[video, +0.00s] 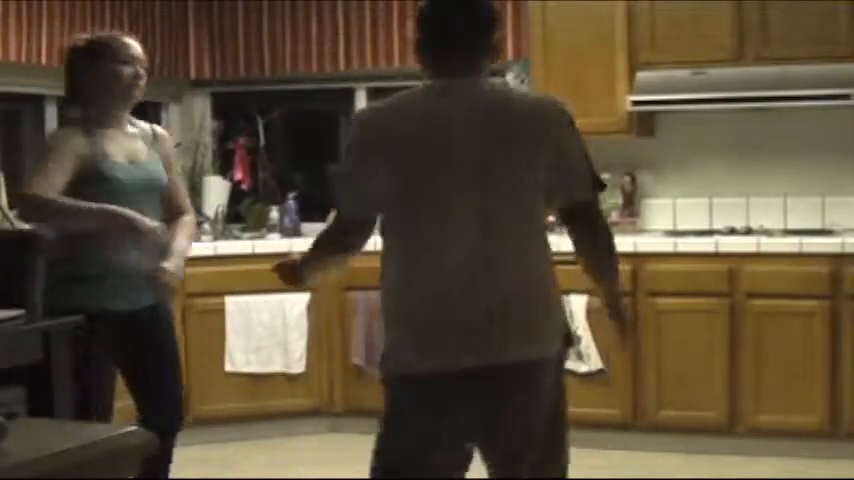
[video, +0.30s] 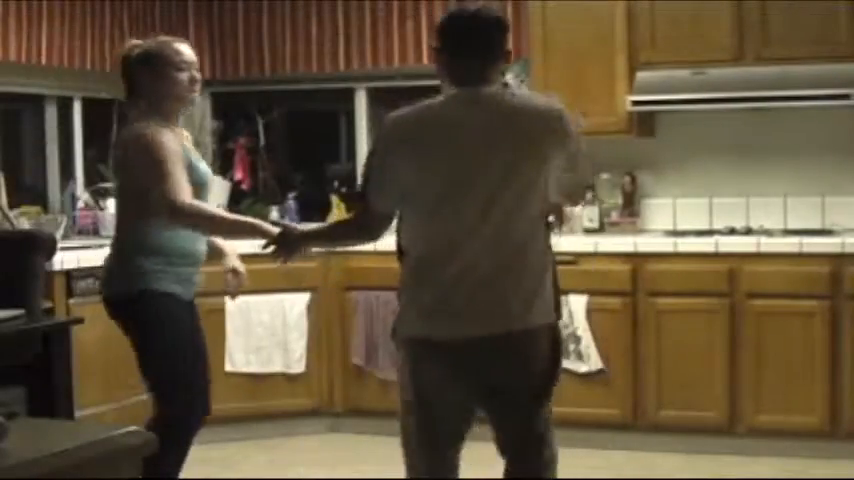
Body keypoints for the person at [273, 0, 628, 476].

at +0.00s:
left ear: (420, 47)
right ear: (494, 45)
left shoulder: (380, 125)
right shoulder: (542, 118)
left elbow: (350, 227)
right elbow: (585, 221)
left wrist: (305, 268)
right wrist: (612, 293)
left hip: (425, 364)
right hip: (525, 362)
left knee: (407, 473)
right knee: (533, 472)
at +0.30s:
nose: (439, 59)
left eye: (439, 51)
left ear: (439, 57)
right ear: (505, 57)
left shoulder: (403, 129)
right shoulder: (547, 121)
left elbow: (370, 223)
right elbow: (565, 196)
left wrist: (304, 237)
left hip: (434, 336)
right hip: (524, 332)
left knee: (431, 466)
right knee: (530, 456)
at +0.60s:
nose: (525, 66)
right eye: (529, 57)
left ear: (474, 60)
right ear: (531, 59)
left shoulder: (436, 123)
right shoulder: (570, 119)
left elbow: (410, 214)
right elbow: (602, 208)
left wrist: (339, 237)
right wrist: (574, 232)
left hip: (454, 316)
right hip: (536, 315)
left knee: (442, 446)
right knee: (546, 435)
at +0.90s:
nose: (525, 73)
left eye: (526, 66)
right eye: (586, 64)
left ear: (532, 67)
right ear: (585, 65)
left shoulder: (502, 128)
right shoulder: (625, 123)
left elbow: (469, 200)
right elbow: (651, 196)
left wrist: (422, 165)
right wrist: (623, 203)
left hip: (519, 305)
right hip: (594, 304)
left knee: (479, 409)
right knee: (580, 422)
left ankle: (496, 478)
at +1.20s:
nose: (567, 82)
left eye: (569, 73)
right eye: (568, 73)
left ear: (580, 77)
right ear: (629, 76)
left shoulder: (559, 138)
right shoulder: (678, 131)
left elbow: (531, 207)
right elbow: (695, 207)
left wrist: (470, 191)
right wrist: (638, 187)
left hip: (582, 313)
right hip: (655, 310)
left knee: (511, 397)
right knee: (644, 433)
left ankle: (526, 475)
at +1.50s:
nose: (574, 84)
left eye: (576, 73)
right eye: (575, 74)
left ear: (590, 74)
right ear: (630, 76)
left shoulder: (586, 131)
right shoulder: (677, 129)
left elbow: (568, 219)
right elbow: (669, 211)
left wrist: (521, 200)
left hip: (621, 305)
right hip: (680, 302)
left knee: (554, 408)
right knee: (651, 433)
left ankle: (615, 473)